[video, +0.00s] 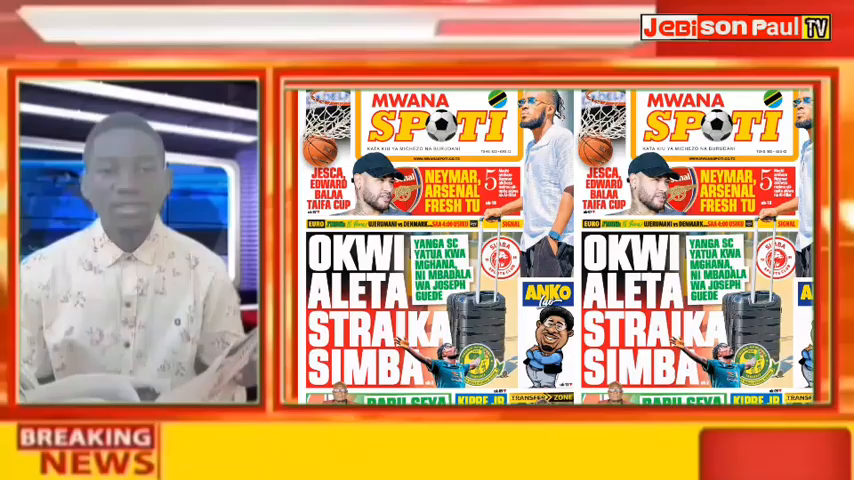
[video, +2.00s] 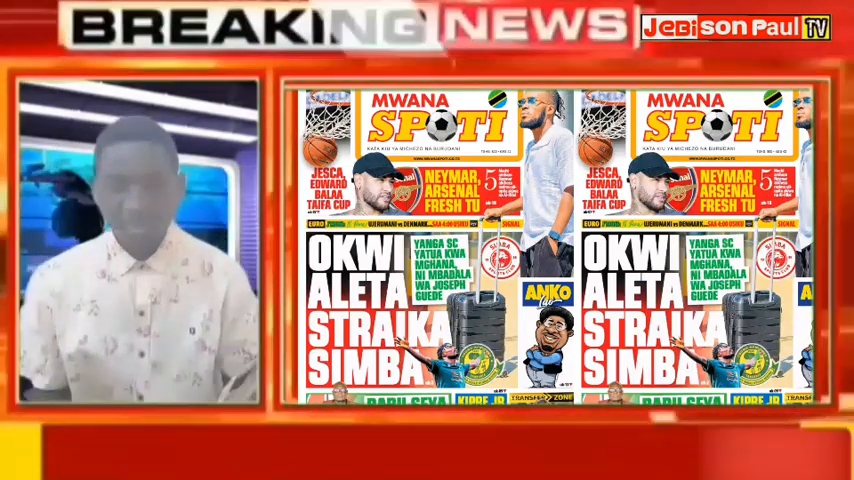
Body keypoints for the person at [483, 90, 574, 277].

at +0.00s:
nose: (523, 107)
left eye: (531, 101)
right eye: (522, 103)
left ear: (549, 110)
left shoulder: (563, 138)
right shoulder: (531, 147)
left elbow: (571, 192)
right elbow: (532, 196)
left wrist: (554, 238)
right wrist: (502, 211)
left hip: (551, 241)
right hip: (530, 242)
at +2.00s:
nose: (523, 107)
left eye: (531, 101)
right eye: (522, 103)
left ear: (549, 110)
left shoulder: (563, 139)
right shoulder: (531, 147)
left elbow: (571, 192)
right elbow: (532, 196)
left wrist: (554, 238)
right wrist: (502, 211)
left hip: (551, 241)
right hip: (530, 242)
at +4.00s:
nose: (523, 107)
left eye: (531, 101)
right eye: (522, 103)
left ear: (549, 110)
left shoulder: (563, 139)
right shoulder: (531, 147)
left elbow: (571, 192)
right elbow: (532, 196)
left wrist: (554, 238)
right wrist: (502, 211)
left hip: (551, 241)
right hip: (529, 242)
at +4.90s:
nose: (523, 107)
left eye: (531, 102)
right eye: (522, 103)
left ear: (549, 110)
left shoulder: (563, 139)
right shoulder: (531, 147)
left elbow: (571, 192)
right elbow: (532, 196)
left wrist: (554, 238)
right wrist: (502, 211)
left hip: (551, 241)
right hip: (529, 242)